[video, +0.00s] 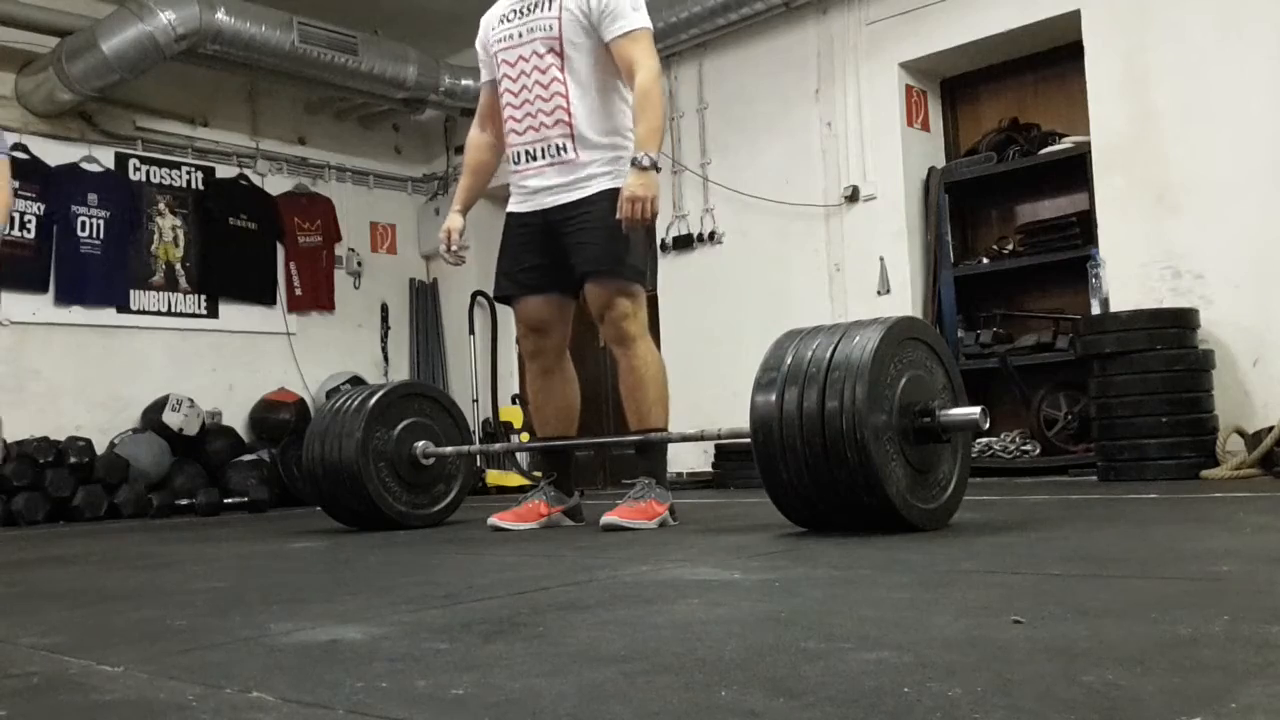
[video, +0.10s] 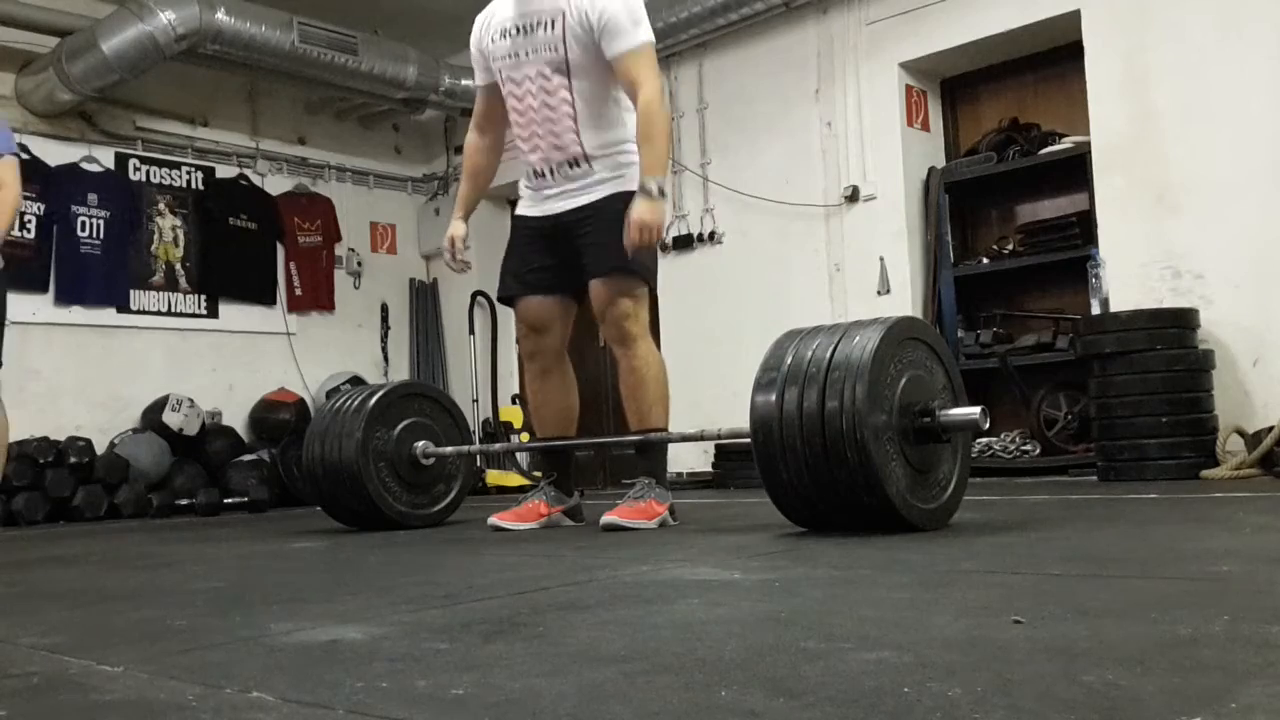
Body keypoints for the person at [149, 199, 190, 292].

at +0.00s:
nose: (162, 211)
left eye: (164, 209)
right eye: (160, 209)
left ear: (167, 208)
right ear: (159, 210)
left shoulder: (174, 220)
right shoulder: (158, 220)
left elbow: (180, 236)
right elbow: (156, 234)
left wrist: (180, 249)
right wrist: (155, 245)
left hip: (172, 244)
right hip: (161, 243)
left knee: (177, 265)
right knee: (159, 262)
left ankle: (183, 283)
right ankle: (159, 277)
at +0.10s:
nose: (162, 211)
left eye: (163, 208)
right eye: (160, 209)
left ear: (167, 208)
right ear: (159, 210)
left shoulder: (174, 220)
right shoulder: (158, 220)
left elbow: (180, 235)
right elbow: (156, 234)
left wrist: (180, 249)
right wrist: (155, 245)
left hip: (172, 244)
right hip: (161, 244)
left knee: (177, 265)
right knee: (159, 262)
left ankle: (183, 283)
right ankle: (159, 277)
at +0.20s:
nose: (162, 211)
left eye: (163, 208)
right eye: (160, 209)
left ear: (167, 208)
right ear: (159, 210)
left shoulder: (174, 220)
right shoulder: (158, 220)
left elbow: (180, 235)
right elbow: (157, 234)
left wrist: (180, 249)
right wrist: (155, 245)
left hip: (172, 244)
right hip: (161, 244)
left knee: (177, 265)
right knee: (159, 262)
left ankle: (183, 283)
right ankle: (159, 277)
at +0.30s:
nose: (162, 211)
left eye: (163, 209)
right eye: (160, 209)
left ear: (167, 208)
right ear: (159, 210)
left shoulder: (174, 220)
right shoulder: (158, 220)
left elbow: (180, 235)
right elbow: (156, 234)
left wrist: (180, 249)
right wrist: (155, 245)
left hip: (172, 244)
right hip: (161, 243)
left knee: (177, 265)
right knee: (159, 262)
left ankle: (183, 283)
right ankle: (159, 277)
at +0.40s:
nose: (162, 211)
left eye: (164, 209)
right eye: (160, 209)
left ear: (167, 208)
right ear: (159, 210)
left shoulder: (174, 220)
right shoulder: (158, 220)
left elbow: (180, 235)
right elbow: (156, 234)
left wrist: (180, 249)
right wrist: (154, 245)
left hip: (172, 243)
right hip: (161, 243)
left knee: (177, 265)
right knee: (159, 262)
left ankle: (183, 283)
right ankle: (159, 277)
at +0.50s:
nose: (162, 211)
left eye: (164, 209)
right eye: (160, 210)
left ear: (167, 208)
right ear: (159, 210)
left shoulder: (174, 220)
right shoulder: (158, 220)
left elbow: (180, 235)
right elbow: (156, 234)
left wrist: (180, 249)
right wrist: (154, 245)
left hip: (172, 243)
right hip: (161, 243)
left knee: (177, 265)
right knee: (159, 262)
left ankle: (183, 283)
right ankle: (159, 277)